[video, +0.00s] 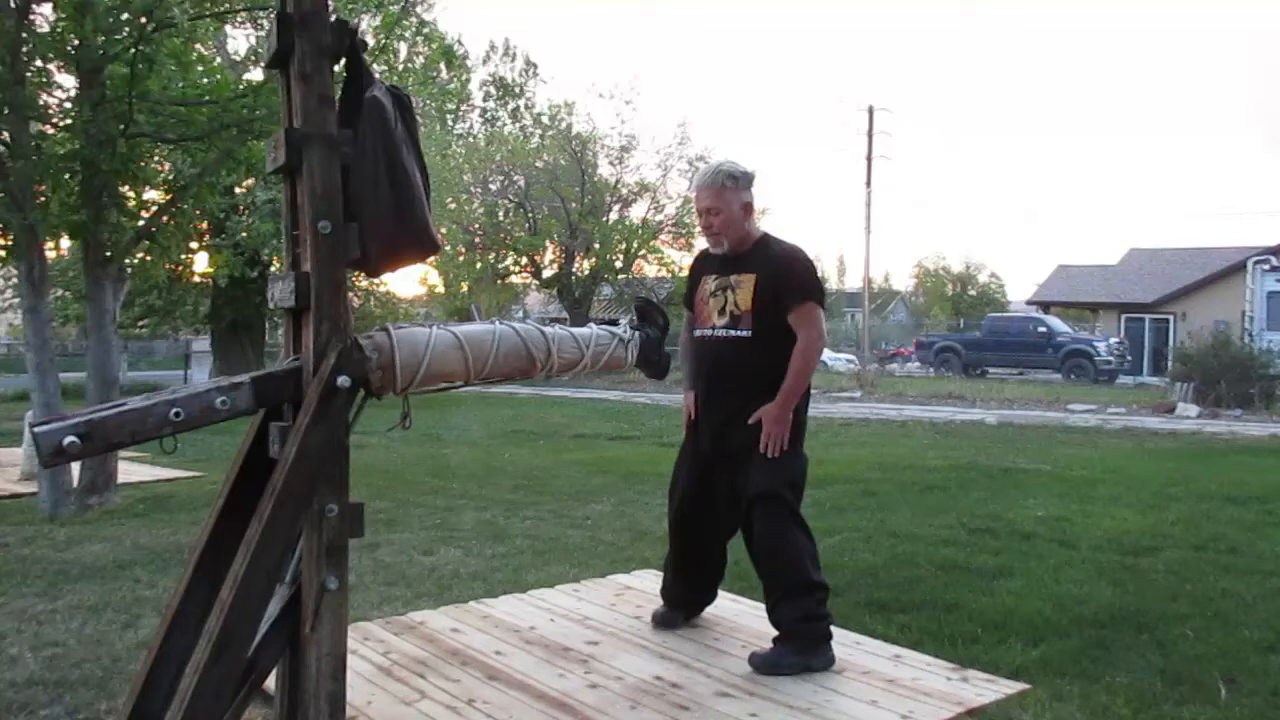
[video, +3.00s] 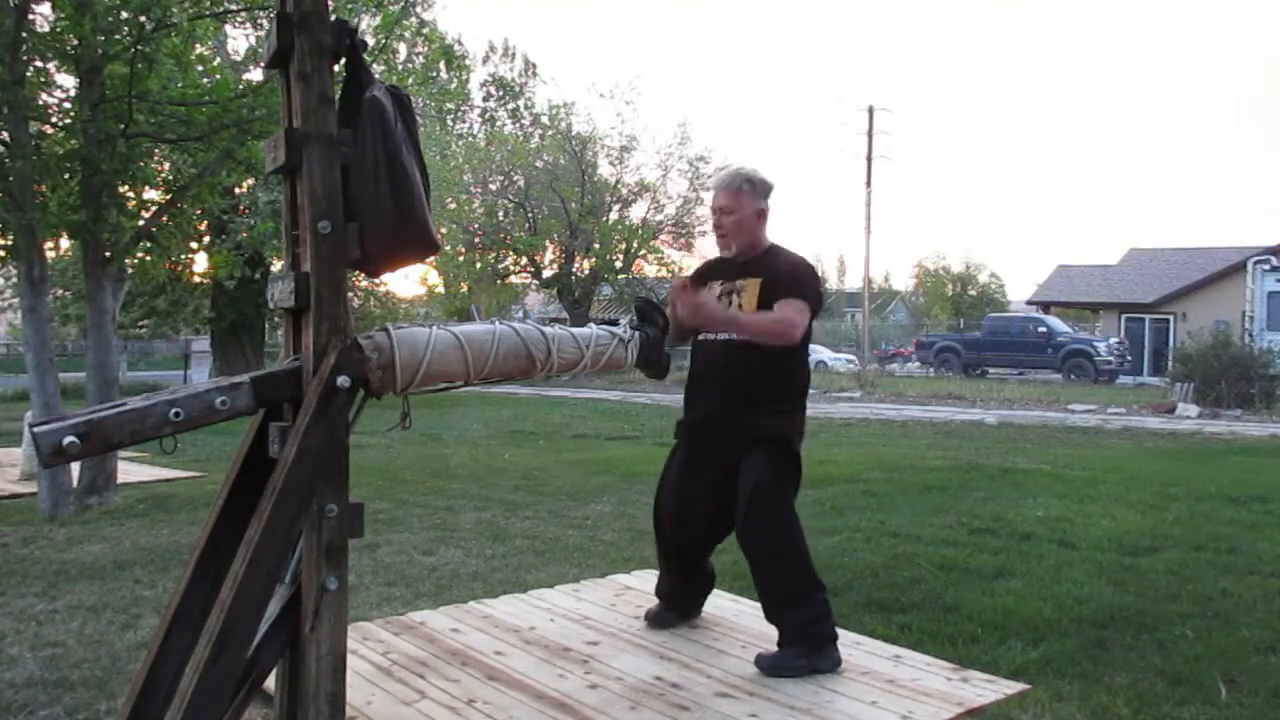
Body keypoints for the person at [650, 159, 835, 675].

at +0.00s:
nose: (706, 222)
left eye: (716, 212)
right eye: (701, 213)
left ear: (747, 207)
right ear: (698, 213)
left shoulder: (786, 262)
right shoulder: (703, 266)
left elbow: (812, 337)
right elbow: (697, 333)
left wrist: (784, 405)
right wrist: (693, 387)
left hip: (768, 412)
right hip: (712, 412)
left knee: (772, 518)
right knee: (691, 505)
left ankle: (807, 640)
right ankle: (685, 597)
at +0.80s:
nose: (731, 208)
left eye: (742, 199)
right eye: (728, 200)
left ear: (773, 205)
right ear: (724, 208)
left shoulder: (790, 269)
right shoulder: (710, 270)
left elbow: (790, 334)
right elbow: (674, 323)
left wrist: (732, 379)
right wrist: (641, 358)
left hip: (759, 424)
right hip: (698, 418)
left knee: (756, 520)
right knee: (678, 509)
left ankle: (806, 639)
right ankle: (681, 598)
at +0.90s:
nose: (734, 204)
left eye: (746, 196)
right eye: (732, 197)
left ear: (777, 202)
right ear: (730, 206)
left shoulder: (794, 264)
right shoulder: (714, 266)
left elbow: (765, 308)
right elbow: (677, 304)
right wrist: (638, 304)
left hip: (760, 425)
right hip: (700, 418)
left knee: (761, 523)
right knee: (683, 511)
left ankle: (807, 640)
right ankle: (681, 598)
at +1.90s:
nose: (697, 239)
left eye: (703, 227)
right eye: (691, 230)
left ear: (733, 215)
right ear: (690, 227)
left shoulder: (777, 267)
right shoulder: (700, 276)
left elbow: (794, 339)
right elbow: (677, 327)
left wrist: (729, 350)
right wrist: (650, 332)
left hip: (770, 428)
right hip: (711, 425)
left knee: (768, 522)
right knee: (687, 511)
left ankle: (807, 641)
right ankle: (682, 600)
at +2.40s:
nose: (682, 260)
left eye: (686, 249)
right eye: (677, 251)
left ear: (717, 232)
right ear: (700, 236)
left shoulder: (768, 265)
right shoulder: (697, 280)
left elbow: (812, 334)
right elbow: (700, 343)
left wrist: (782, 402)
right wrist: (697, 395)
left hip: (778, 421)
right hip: (724, 420)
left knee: (784, 526)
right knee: (695, 508)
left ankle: (814, 644)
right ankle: (682, 599)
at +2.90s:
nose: (709, 228)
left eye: (718, 218)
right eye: (705, 219)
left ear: (751, 216)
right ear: (703, 219)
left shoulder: (786, 271)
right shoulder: (701, 278)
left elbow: (793, 339)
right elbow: (682, 329)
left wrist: (739, 373)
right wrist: (669, 339)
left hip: (769, 430)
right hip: (707, 428)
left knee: (764, 517)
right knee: (678, 508)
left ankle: (812, 642)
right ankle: (681, 596)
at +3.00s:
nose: (717, 222)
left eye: (728, 212)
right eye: (714, 212)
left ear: (761, 213)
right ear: (713, 213)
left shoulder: (793, 271)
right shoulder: (708, 275)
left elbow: (789, 327)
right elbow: (678, 330)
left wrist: (715, 317)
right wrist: (679, 312)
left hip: (767, 433)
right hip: (705, 428)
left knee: (763, 519)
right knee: (676, 512)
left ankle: (813, 643)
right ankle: (682, 595)